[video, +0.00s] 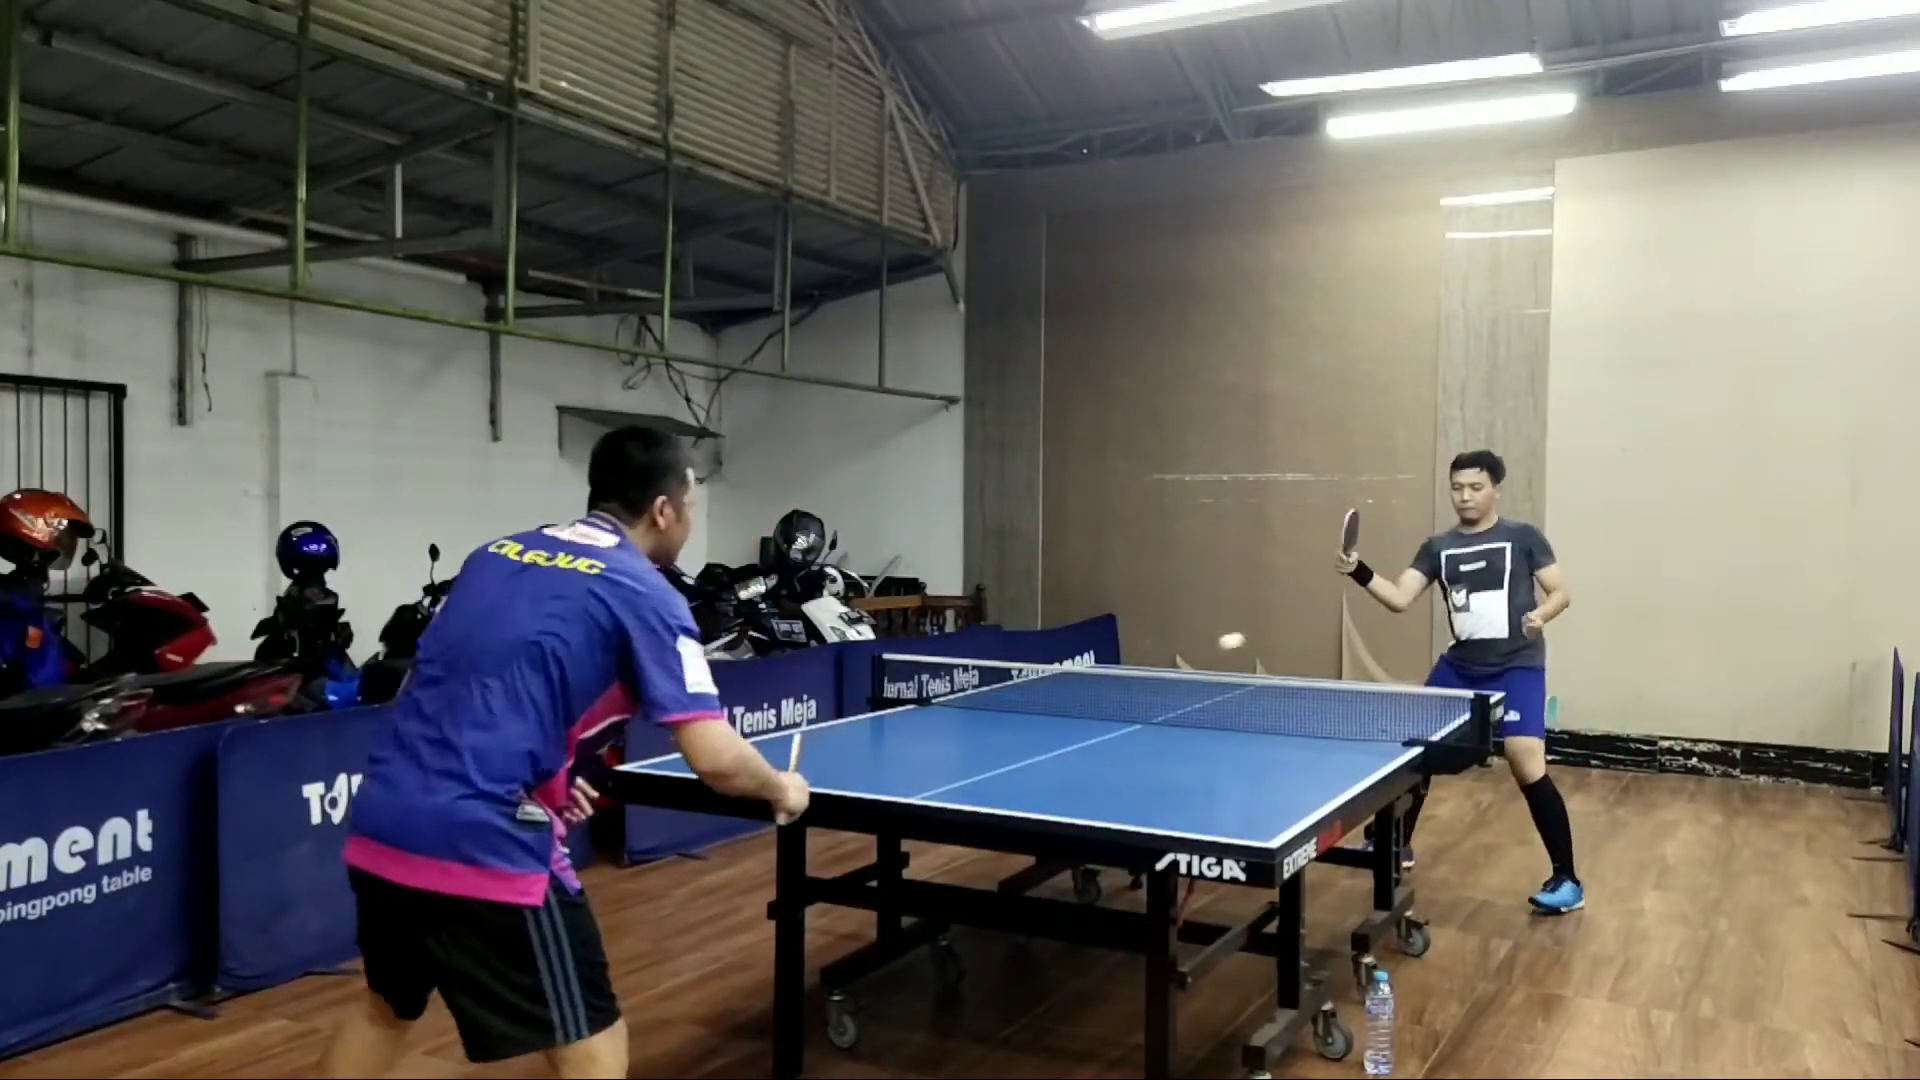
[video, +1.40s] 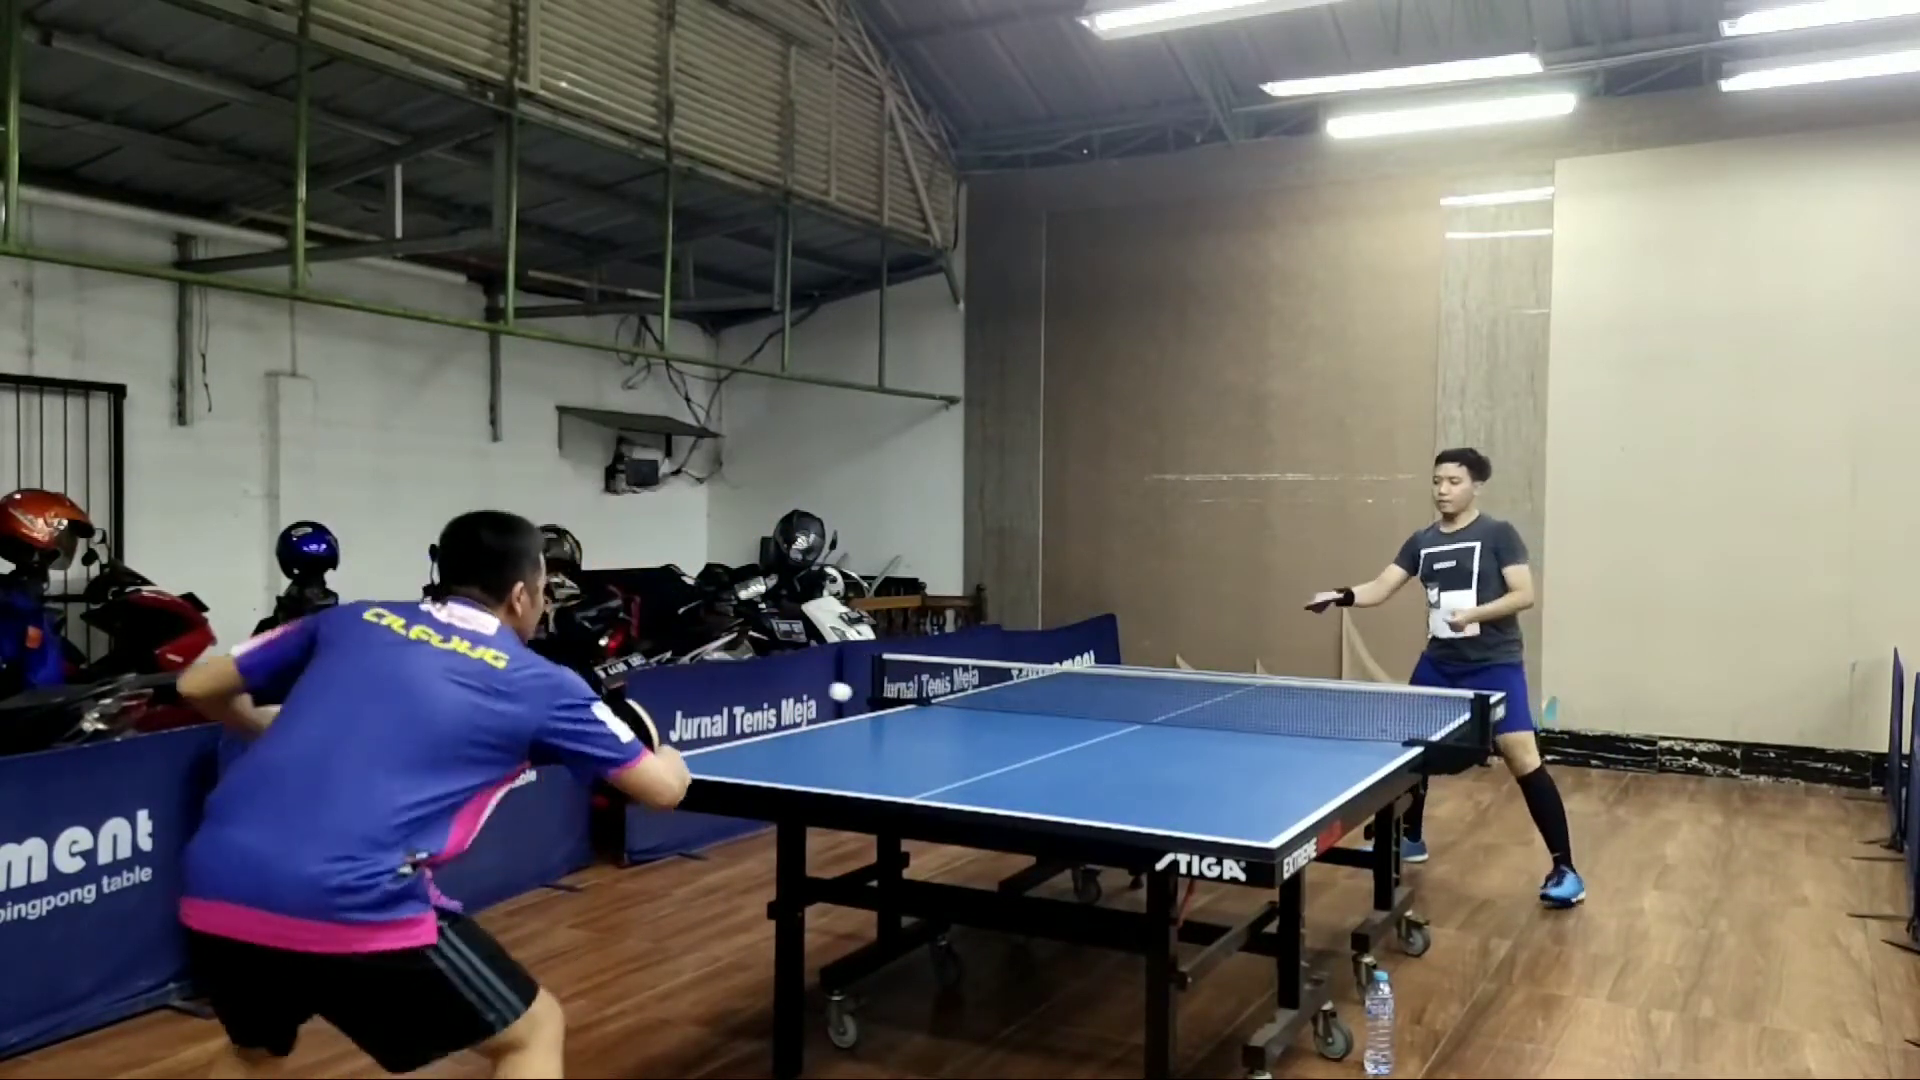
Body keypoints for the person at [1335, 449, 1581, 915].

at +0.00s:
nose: (1465, 496)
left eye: (1475, 487)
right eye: (1457, 488)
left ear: (1496, 490)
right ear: (1450, 493)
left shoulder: (1523, 537)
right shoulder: (1438, 548)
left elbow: (1560, 593)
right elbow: (1399, 597)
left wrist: (1541, 615)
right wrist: (1359, 571)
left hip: (1516, 666)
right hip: (1459, 665)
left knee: (1525, 762)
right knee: (1413, 744)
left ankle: (1565, 879)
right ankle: (1394, 843)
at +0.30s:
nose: (1447, 492)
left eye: (1457, 483)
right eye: (1441, 484)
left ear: (1479, 488)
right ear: (1435, 489)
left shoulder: (1503, 536)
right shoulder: (1423, 543)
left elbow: (1532, 596)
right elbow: (1386, 595)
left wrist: (1493, 616)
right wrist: (1345, 589)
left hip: (1495, 669)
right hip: (1437, 666)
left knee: (1519, 762)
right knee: (1408, 747)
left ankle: (1563, 873)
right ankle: (1417, 839)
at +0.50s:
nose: (1419, 515)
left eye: (1429, 506)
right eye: (1413, 508)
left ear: (1451, 509)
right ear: (1408, 513)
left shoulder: (1470, 550)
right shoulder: (1417, 568)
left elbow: (1486, 604)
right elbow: (1414, 630)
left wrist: (1425, 615)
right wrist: (1367, 640)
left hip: (1487, 675)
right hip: (1439, 673)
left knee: (1499, 775)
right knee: (1379, 735)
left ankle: (1561, 873)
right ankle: (1390, 836)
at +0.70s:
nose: (1424, 523)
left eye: (1433, 514)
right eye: (1416, 516)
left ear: (1453, 516)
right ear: (1410, 522)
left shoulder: (1480, 555)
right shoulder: (1411, 577)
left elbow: (1516, 605)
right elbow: (1404, 640)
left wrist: (1463, 599)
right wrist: (1412, 664)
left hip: (1496, 678)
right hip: (1442, 685)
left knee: (1498, 775)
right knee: (1390, 749)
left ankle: (1563, 874)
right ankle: (1389, 836)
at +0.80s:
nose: (1441, 509)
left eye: (1451, 501)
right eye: (1434, 502)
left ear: (1471, 505)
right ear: (1428, 508)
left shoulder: (1500, 545)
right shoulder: (1422, 567)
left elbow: (1542, 595)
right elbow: (1402, 630)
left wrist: (1502, 593)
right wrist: (1413, 640)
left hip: (1511, 670)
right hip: (1454, 671)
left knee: (1515, 762)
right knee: (1401, 744)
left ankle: (1566, 874)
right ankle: (1388, 838)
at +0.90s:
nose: (1456, 496)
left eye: (1467, 489)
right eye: (1449, 489)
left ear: (1486, 495)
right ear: (1442, 496)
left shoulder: (1516, 537)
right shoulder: (1434, 555)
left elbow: (1561, 585)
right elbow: (1403, 603)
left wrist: (1544, 592)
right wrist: (1376, 596)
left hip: (1528, 663)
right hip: (1472, 664)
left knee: (1536, 758)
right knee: (1428, 750)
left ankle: (1568, 875)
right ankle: (1398, 838)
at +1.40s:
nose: (1444, 489)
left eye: (1454, 481)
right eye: (1438, 481)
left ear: (1476, 486)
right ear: (1433, 487)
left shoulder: (1498, 534)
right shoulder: (1422, 542)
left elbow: (1525, 594)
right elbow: (1380, 587)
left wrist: (1476, 613)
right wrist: (1340, 597)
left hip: (1495, 667)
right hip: (1437, 664)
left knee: (1522, 758)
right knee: (1410, 746)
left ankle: (1564, 869)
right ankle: (1411, 836)